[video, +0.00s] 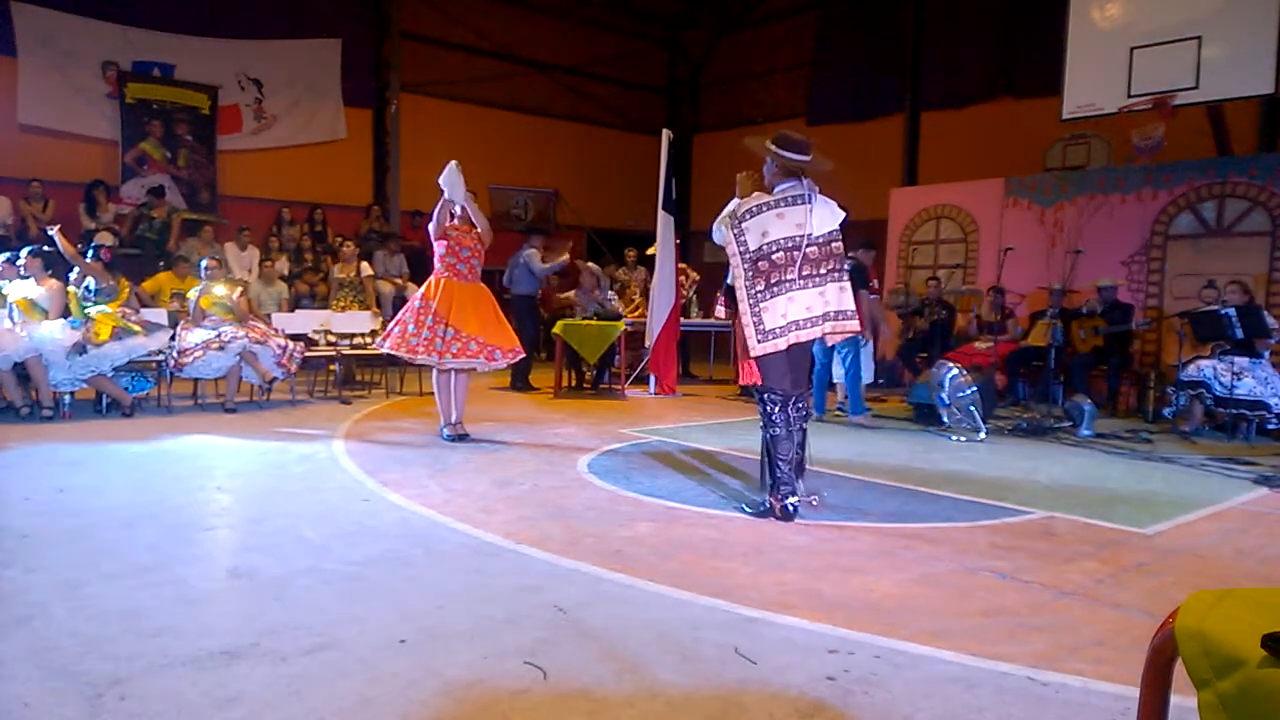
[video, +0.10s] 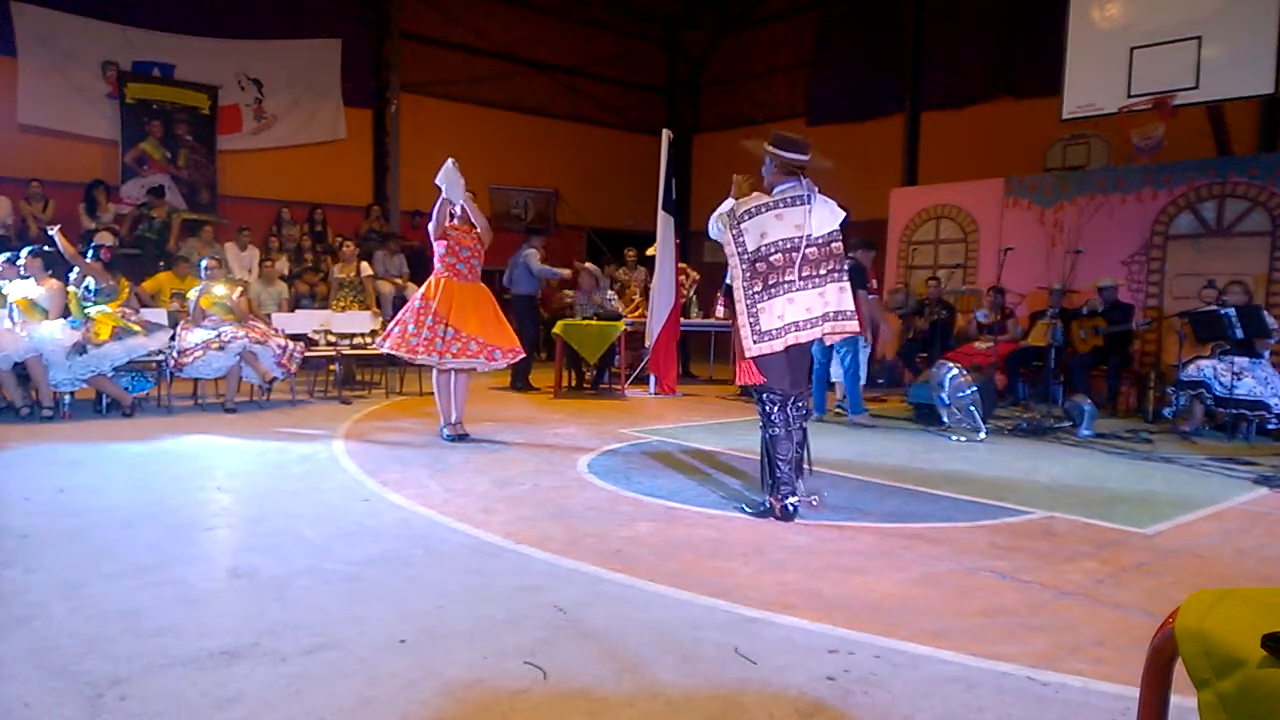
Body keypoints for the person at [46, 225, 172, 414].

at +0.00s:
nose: (85, 263)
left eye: (88, 258)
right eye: (87, 258)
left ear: (97, 259)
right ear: (107, 259)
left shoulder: (101, 276)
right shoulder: (122, 283)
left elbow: (73, 256)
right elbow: (135, 309)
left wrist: (56, 233)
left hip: (103, 332)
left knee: (78, 364)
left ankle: (126, 400)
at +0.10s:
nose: (86, 263)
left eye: (89, 258)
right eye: (88, 258)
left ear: (97, 259)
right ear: (108, 259)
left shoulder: (100, 275)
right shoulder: (122, 283)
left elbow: (73, 256)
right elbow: (135, 309)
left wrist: (56, 233)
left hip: (102, 332)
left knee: (78, 365)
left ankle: (126, 400)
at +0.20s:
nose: (87, 262)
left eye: (89, 258)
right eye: (88, 258)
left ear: (97, 259)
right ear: (108, 259)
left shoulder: (101, 275)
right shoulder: (122, 283)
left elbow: (74, 256)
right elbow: (136, 310)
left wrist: (56, 233)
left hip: (102, 332)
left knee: (79, 365)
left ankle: (126, 400)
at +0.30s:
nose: (87, 262)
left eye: (89, 258)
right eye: (88, 258)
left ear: (97, 259)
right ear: (108, 259)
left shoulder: (101, 275)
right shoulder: (122, 283)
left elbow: (74, 256)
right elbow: (136, 309)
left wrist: (56, 233)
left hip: (102, 332)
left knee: (79, 365)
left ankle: (126, 400)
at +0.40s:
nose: (87, 262)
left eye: (89, 258)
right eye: (88, 258)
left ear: (97, 258)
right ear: (108, 259)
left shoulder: (101, 275)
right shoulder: (122, 283)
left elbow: (73, 256)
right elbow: (135, 309)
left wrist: (56, 233)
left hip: (102, 332)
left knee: (78, 364)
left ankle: (126, 400)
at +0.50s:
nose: (86, 263)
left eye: (89, 259)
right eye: (87, 259)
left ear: (97, 259)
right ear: (106, 260)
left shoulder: (101, 276)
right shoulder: (122, 283)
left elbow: (73, 256)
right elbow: (135, 309)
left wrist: (56, 233)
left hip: (103, 332)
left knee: (79, 365)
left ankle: (126, 400)